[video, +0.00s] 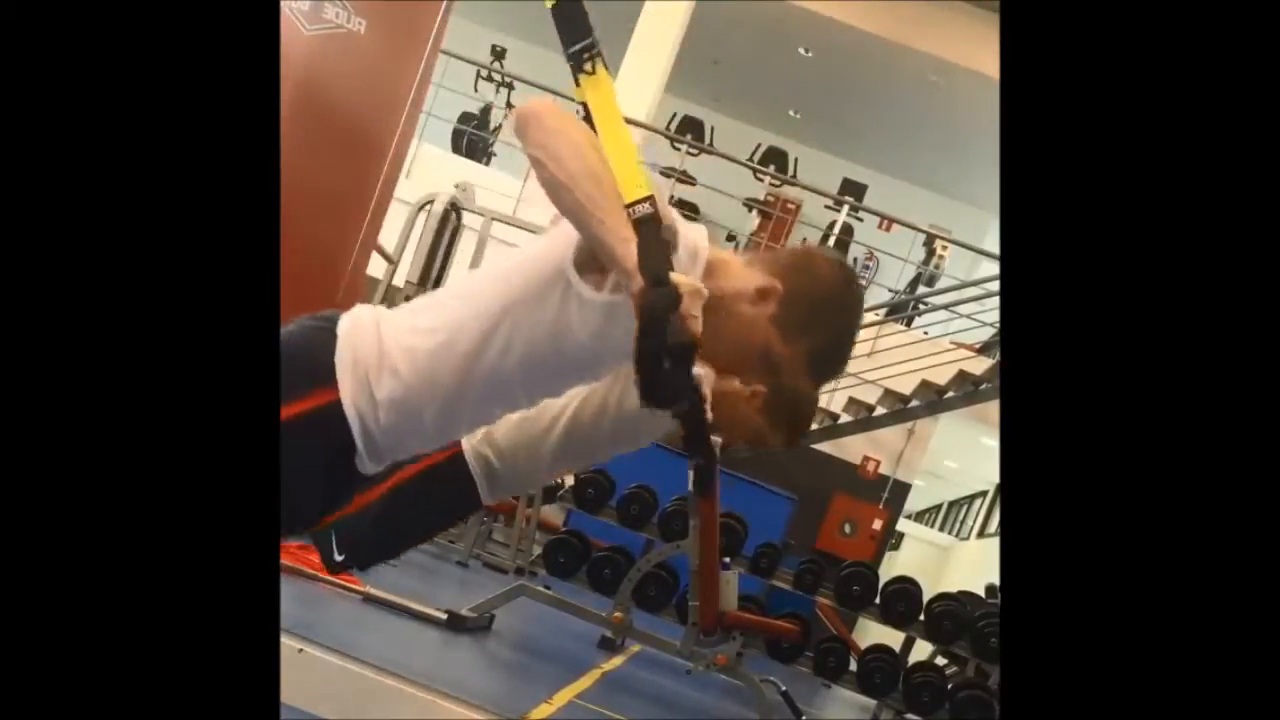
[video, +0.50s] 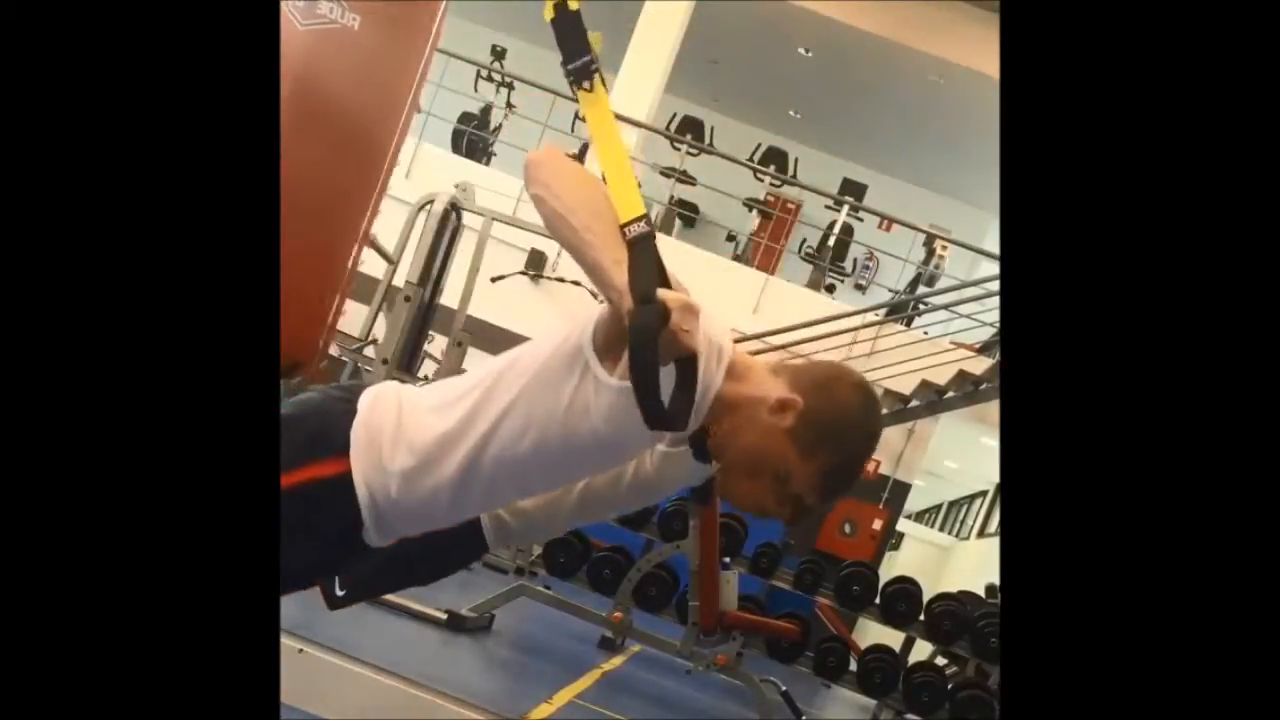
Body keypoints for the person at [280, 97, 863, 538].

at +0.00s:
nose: (746, 373)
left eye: (765, 372)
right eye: (764, 358)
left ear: (762, 293)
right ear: (763, 295)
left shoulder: (676, 325)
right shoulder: (659, 235)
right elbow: (537, 119)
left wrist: (679, 393)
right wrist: (641, 269)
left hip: (370, 450)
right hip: (330, 392)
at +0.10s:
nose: (746, 404)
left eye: (766, 405)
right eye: (768, 392)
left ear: (774, 325)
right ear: (774, 330)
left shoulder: (683, 344)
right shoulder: (659, 251)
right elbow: (538, 130)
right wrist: (628, 266)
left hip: (365, 467)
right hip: (332, 414)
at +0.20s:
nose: (757, 475)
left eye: (778, 471)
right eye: (777, 456)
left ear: (778, 366)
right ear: (779, 371)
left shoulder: (702, 410)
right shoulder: (667, 283)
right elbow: (536, 145)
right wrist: (630, 283)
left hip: (367, 491)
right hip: (335, 436)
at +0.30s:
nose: (754, 484)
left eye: (774, 482)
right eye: (776, 467)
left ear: (779, 381)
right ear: (781, 388)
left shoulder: (701, 426)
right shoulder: (675, 304)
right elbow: (536, 153)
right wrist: (626, 286)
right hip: (345, 452)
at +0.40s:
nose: (761, 497)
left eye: (781, 495)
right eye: (780, 479)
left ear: (777, 396)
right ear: (779, 403)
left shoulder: (706, 441)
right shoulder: (675, 323)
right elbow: (540, 165)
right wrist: (631, 296)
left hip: (378, 519)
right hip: (345, 462)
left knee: (287, 571)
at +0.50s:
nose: (760, 505)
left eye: (781, 504)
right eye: (779, 487)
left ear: (780, 407)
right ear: (779, 412)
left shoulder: (711, 440)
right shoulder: (683, 343)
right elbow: (547, 168)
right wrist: (638, 295)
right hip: (347, 470)